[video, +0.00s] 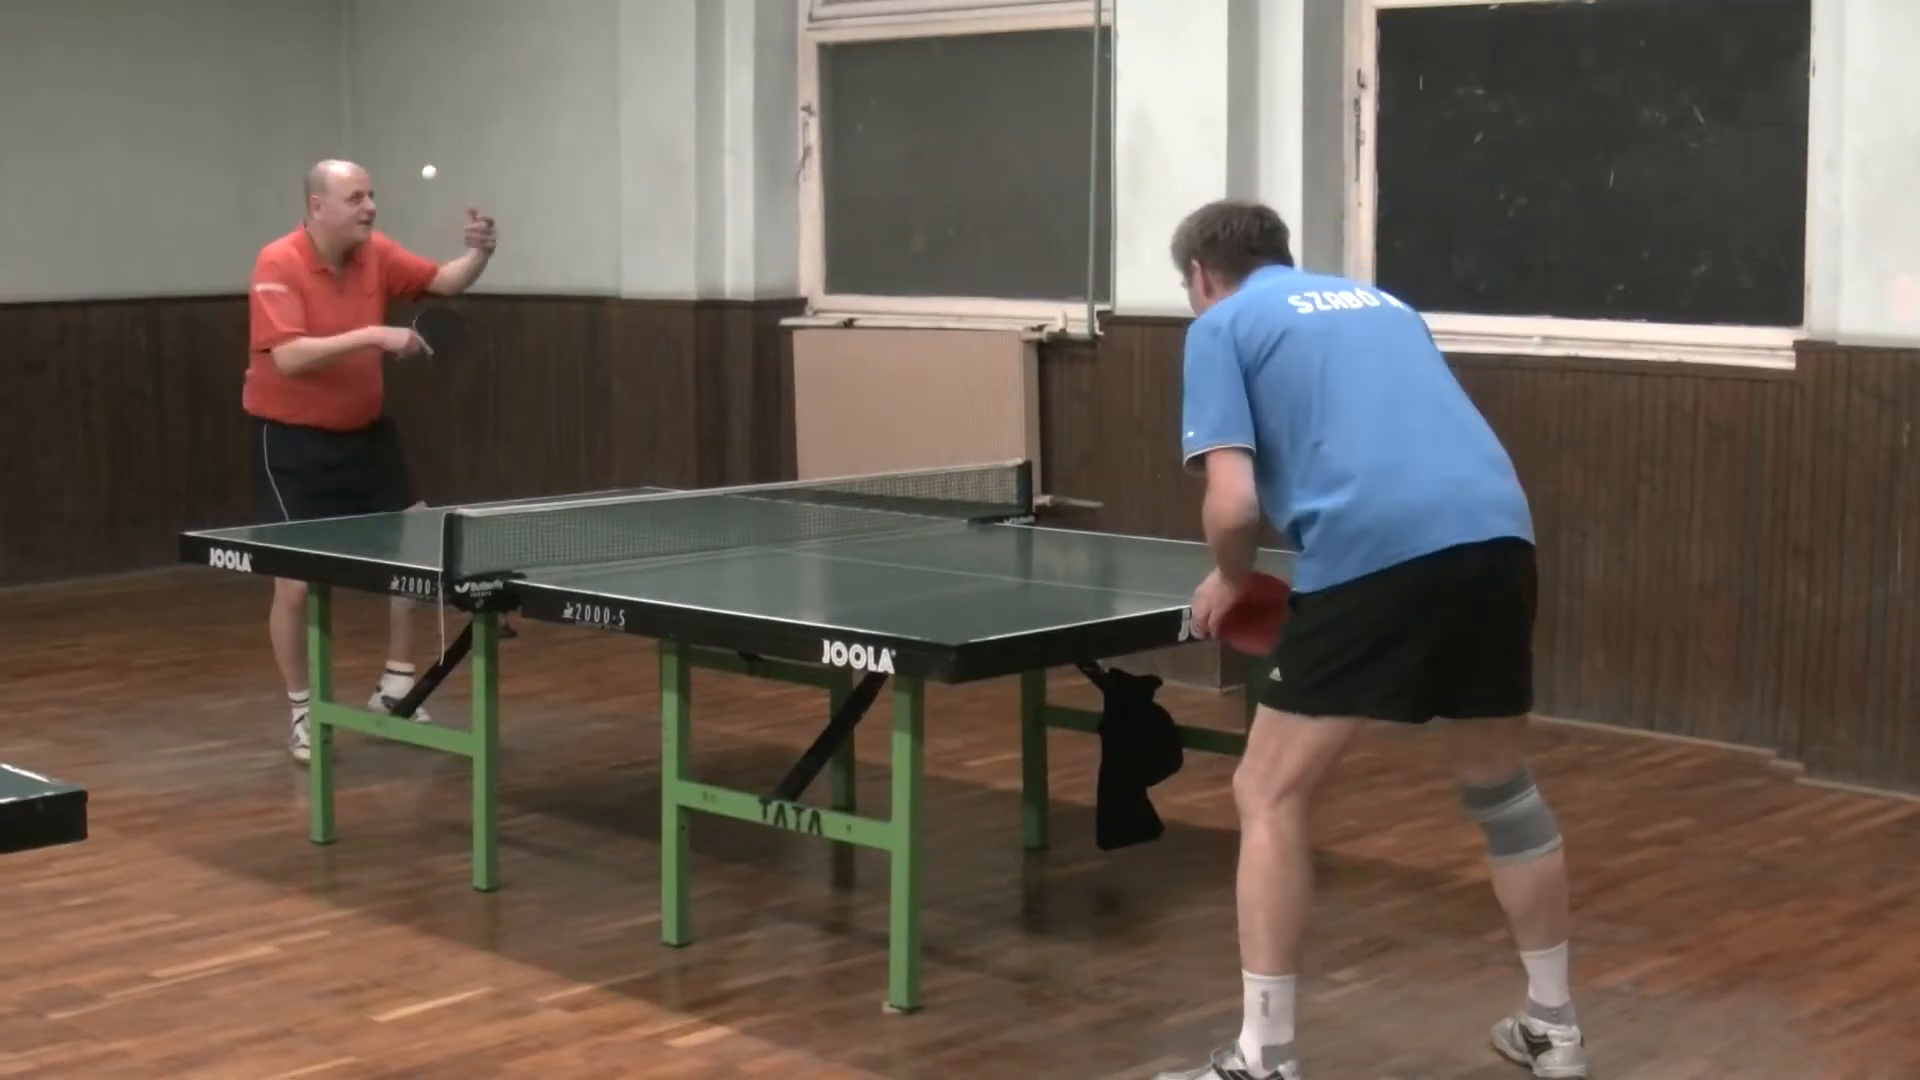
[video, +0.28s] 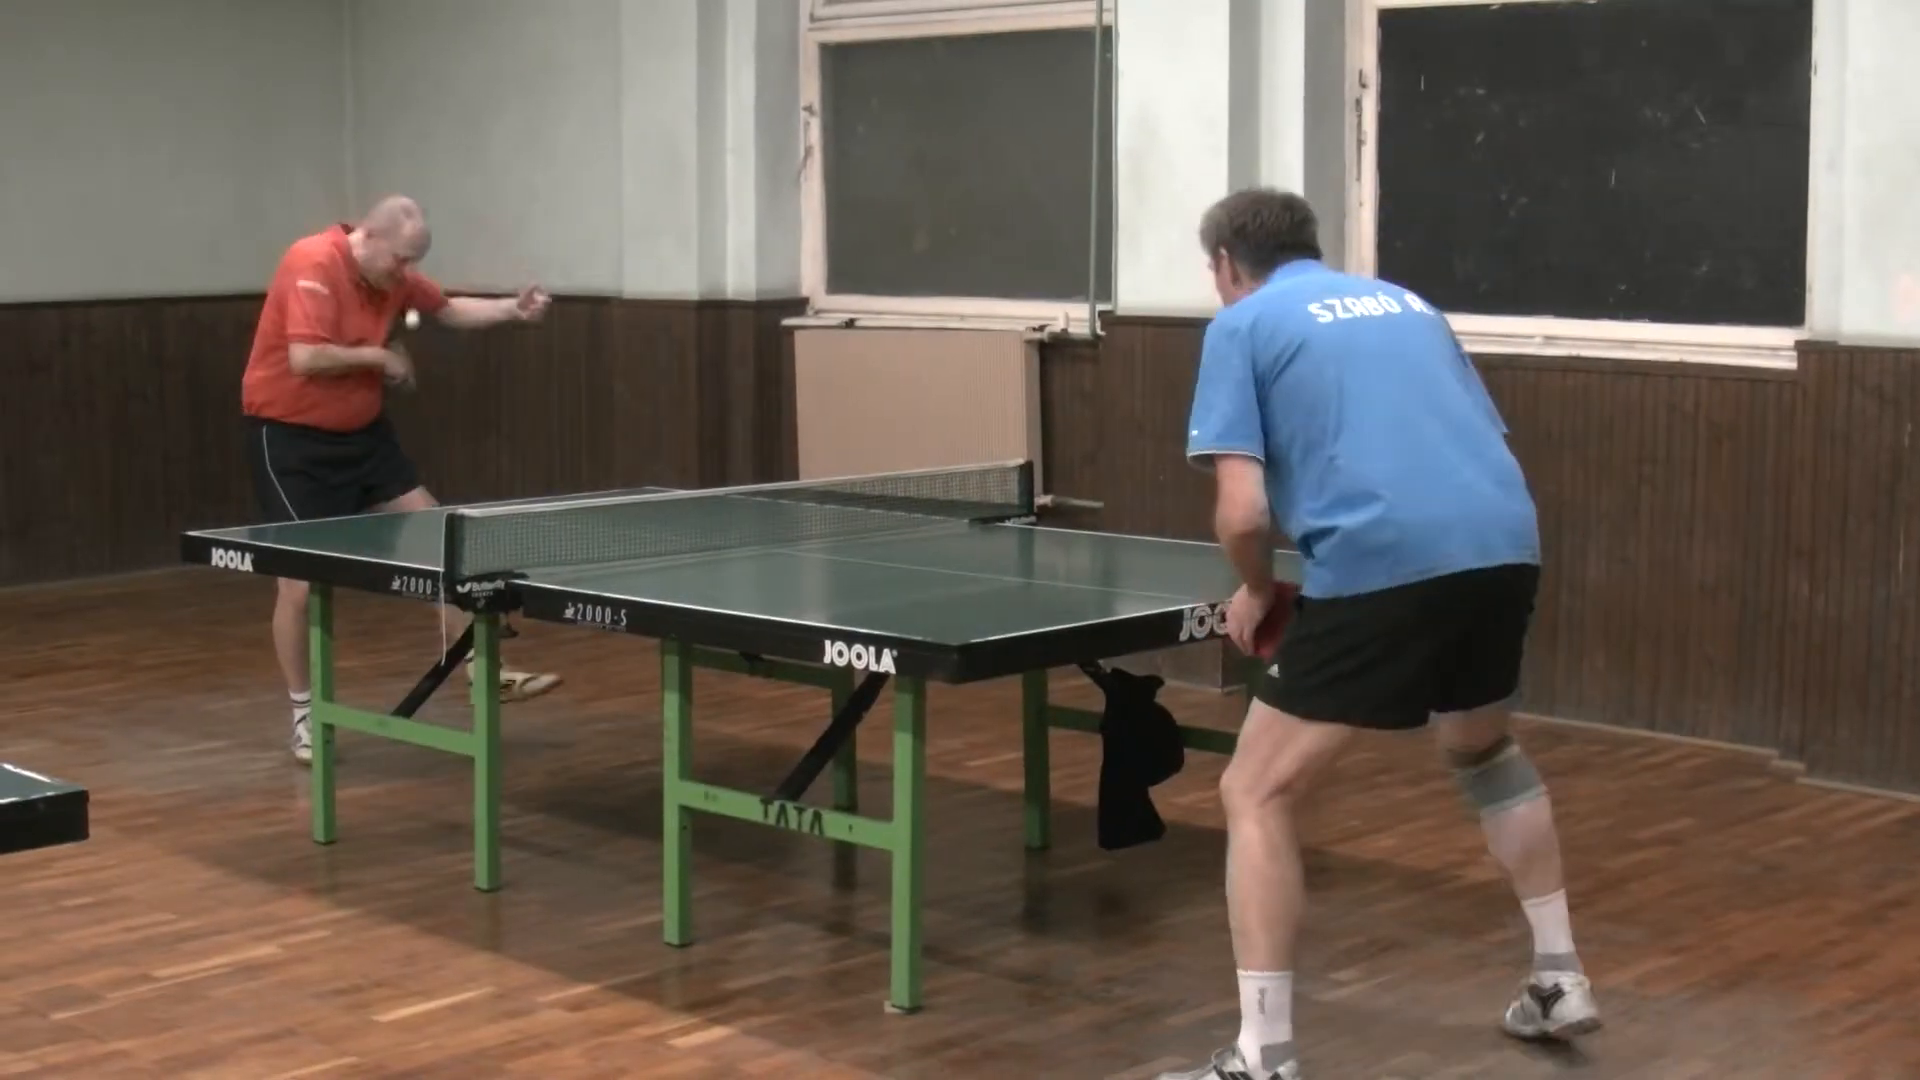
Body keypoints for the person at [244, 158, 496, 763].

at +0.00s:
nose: (370, 208)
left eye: (371, 197)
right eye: (356, 199)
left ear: (370, 203)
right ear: (317, 208)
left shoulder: (372, 253)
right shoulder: (280, 262)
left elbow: (444, 281)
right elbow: (288, 355)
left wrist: (478, 252)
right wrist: (372, 335)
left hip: (368, 433)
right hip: (295, 438)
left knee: (412, 555)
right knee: (295, 581)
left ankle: (398, 686)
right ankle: (302, 707)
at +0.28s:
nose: (404, 273)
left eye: (410, 263)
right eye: (400, 261)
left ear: (391, 247)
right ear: (366, 238)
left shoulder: (389, 277)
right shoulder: (311, 263)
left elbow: (447, 306)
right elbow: (305, 357)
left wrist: (511, 308)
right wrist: (379, 355)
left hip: (362, 433)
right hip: (292, 437)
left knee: (439, 535)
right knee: (298, 581)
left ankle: (478, 668)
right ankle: (304, 712)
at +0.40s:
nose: (415, 291)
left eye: (423, 285)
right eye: (413, 279)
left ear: (426, 275)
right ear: (391, 249)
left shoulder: (415, 298)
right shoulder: (328, 263)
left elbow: (460, 330)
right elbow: (252, 301)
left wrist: (520, 347)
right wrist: (325, 350)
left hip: (371, 439)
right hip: (300, 438)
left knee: (424, 557)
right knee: (302, 581)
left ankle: (451, 683)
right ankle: (304, 712)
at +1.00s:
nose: (390, 251)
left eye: (396, 240)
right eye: (378, 241)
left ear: (399, 241)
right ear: (342, 242)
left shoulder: (403, 287)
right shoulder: (295, 284)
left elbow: (424, 345)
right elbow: (230, 356)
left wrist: (457, 397)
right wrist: (282, 395)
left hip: (374, 457)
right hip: (290, 457)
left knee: (422, 576)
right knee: (246, 576)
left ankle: (431, 702)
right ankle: (219, 714)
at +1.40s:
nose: (317, 267)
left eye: (323, 254)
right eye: (304, 258)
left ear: (333, 250)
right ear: (276, 261)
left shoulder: (366, 298)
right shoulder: (244, 310)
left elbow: (406, 362)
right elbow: (205, 386)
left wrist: (428, 429)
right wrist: (198, 433)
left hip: (359, 467)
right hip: (270, 471)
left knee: (415, 580)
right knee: (224, 579)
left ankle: (436, 696)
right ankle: (213, 716)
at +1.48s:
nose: (285, 273)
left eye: (294, 260)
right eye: (272, 263)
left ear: (309, 257)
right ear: (251, 265)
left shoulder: (347, 300)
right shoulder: (226, 315)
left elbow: (401, 363)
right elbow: (166, 386)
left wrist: (427, 431)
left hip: (352, 470)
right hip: (261, 473)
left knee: (413, 583)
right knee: (215, 577)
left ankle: (439, 697)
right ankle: (211, 721)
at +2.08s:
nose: (255, 293)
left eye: (260, 280)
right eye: (240, 284)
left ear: (267, 277)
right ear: (209, 288)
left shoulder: (296, 313)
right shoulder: (178, 338)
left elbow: (351, 357)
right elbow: (138, 415)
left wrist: (397, 415)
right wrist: (158, 470)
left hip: (298, 468)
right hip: (213, 473)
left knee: (345, 571)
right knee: (180, 582)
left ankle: (350, 684)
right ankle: (167, 716)